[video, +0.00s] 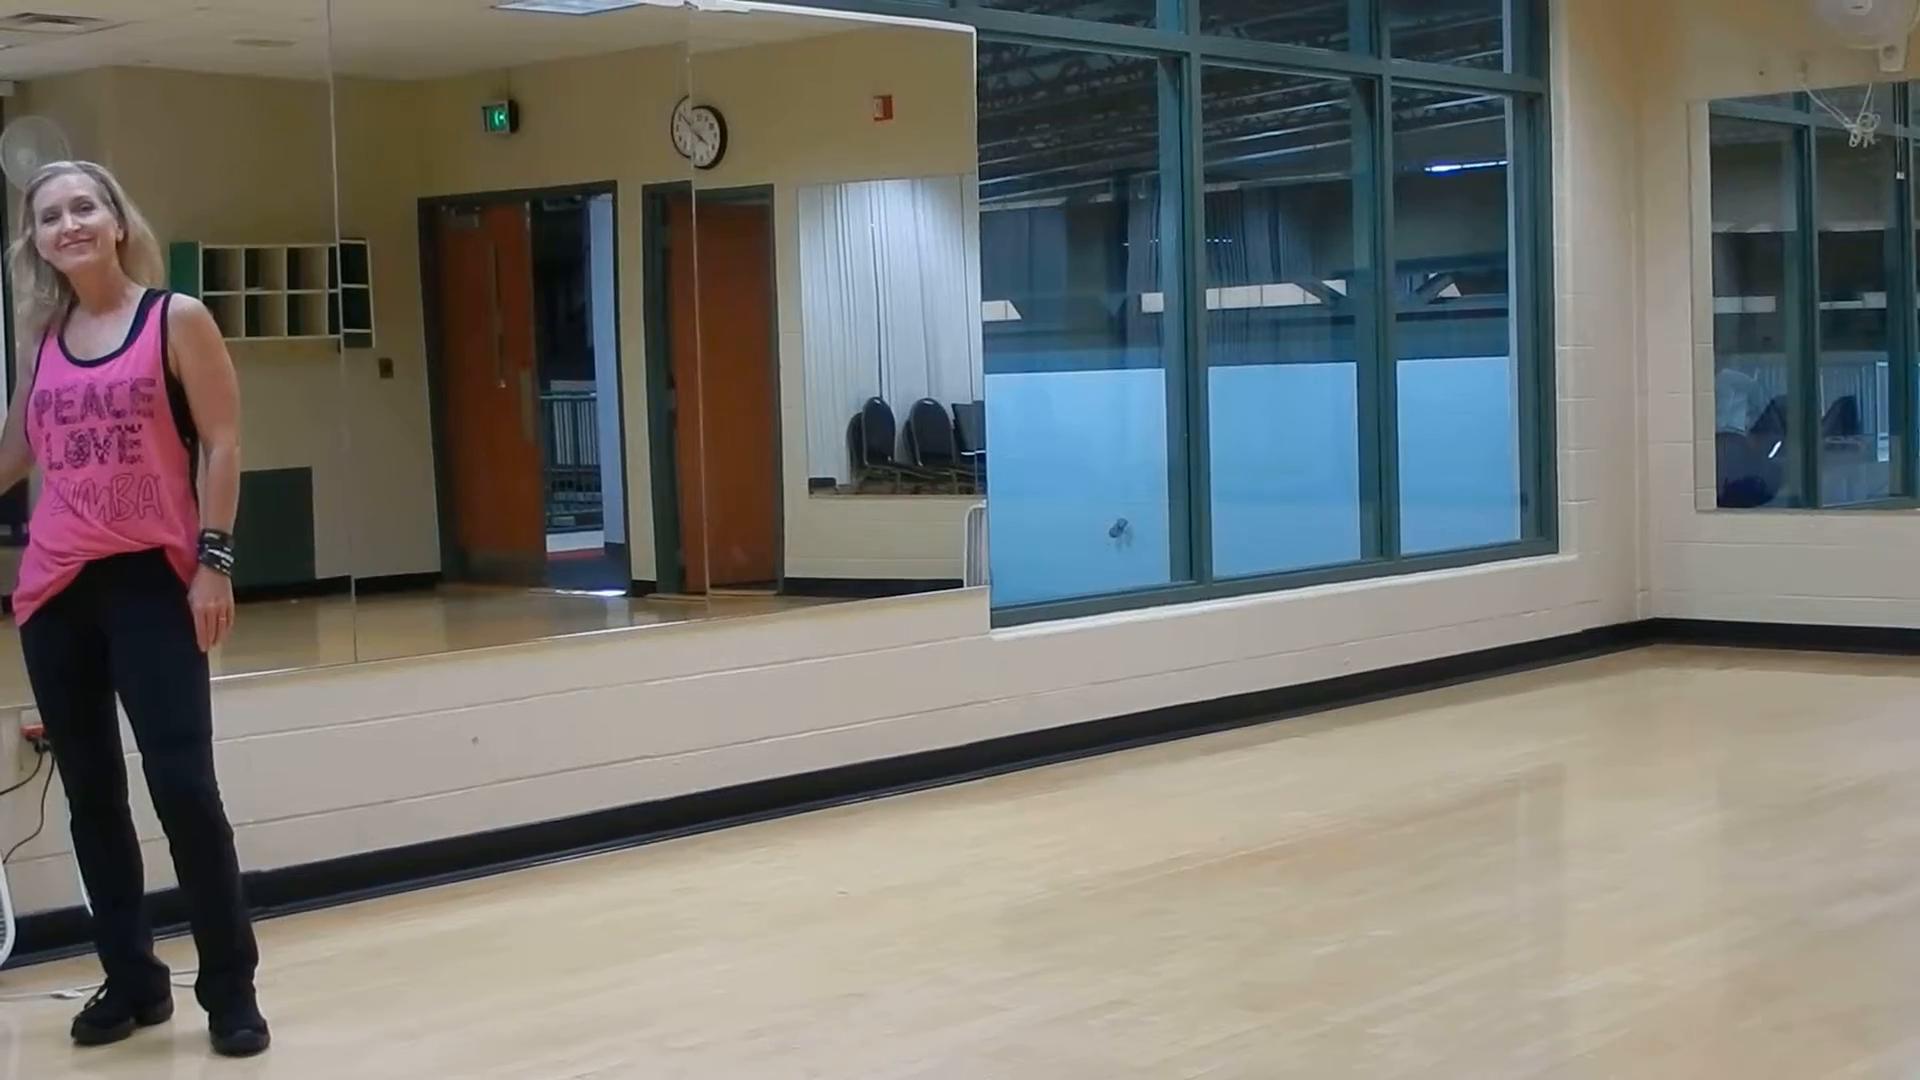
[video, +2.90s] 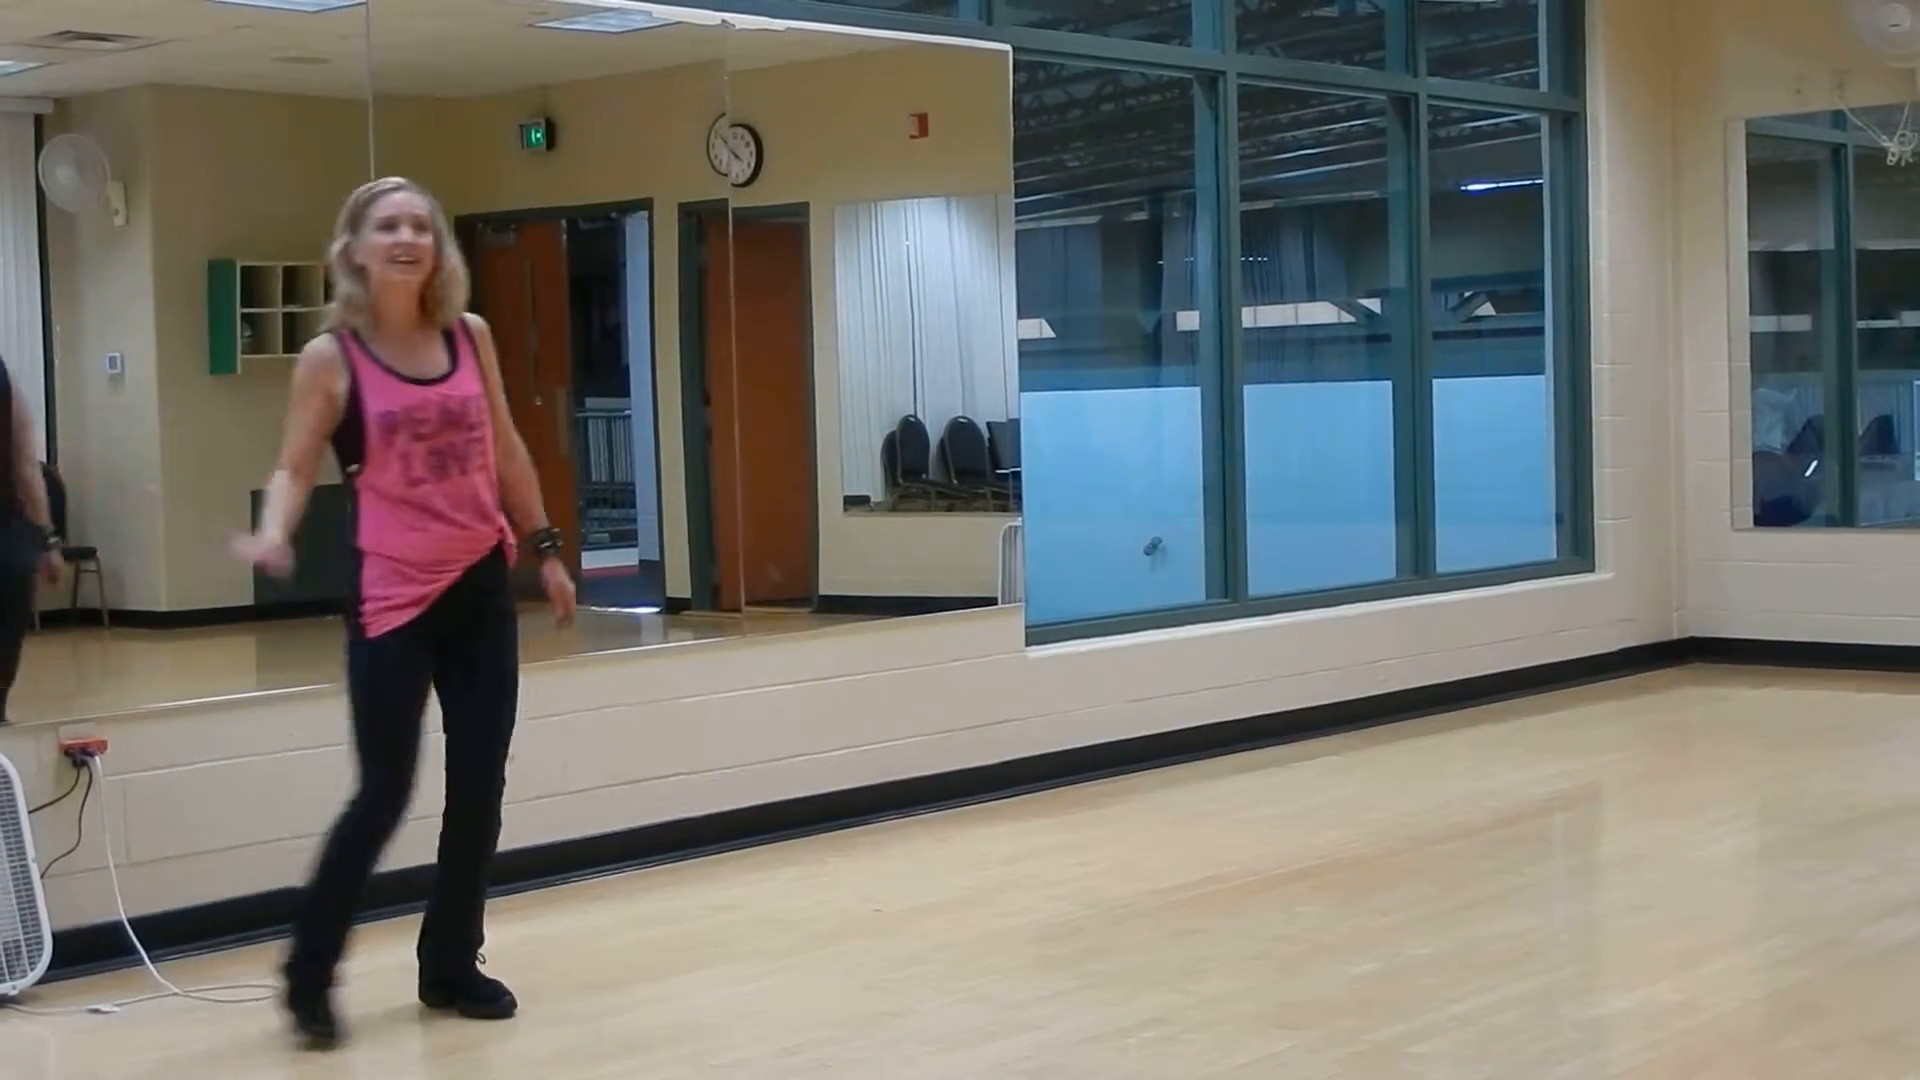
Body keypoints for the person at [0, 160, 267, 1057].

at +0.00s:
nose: (70, 224)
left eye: (84, 207)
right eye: (52, 216)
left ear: (120, 222)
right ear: (37, 242)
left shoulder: (177, 318)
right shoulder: (42, 341)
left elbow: (222, 443)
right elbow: (15, 458)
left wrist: (216, 562)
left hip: (153, 580)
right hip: (53, 585)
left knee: (182, 789)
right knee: (93, 797)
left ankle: (231, 991)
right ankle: (133, 980)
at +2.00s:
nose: (32, 281)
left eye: (38, 260)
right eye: (27, 265)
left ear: (88, 249)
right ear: (73, 260)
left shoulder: (193, 320)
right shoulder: (72, 353)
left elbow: (255, 435)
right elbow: (49, 469)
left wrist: (250, 553)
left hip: (207, 584)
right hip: (113, 595)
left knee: (233, 799)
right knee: (139, 803)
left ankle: (266, 1002)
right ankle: (164, 992)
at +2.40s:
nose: (84, 267)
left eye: (95, 246)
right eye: (77, 252)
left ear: (149, 240)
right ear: (96, 259)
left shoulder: (235, 314)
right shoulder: (120, 357)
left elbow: (295, 424)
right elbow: (122, 479)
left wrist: (278, 542)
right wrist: (22, 470)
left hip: (267, 574)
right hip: (174, 593)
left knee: (326, 778)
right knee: (175, 798)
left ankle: (388, 966)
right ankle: (167, 989)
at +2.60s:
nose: (200, 250)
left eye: (219, 233)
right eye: (190, 236)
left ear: (263, 242)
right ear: (178, 254)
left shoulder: (323, 325)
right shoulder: (186, 361)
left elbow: (376, 434)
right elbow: (144, 477)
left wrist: (384, 545)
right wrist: (35, 465)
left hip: (346, 579)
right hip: (246, 598)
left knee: (406, 778)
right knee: (213, 797)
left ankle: (447, 958)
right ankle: (175, 990)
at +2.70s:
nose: (281, 250)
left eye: (299, 235)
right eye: (266, 238)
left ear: (332, 251)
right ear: (245, 260)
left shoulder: (384, 339)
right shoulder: (233, 372)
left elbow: (433, 455)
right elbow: (186, 482)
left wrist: (454, 556)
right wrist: (80, 469)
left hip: (406, 589)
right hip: (305, 608)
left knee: (446, 787)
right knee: (249, 798)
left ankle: (448, 966)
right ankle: (180, 988)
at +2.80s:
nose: (351, 250)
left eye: (366, 238)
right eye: (334, 239)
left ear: (390, 257)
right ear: (304, 261)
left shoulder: (433, 345)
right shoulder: (285, 374)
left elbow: (478, 457)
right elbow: (243, 483)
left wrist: (511, 559)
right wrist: (174, 502)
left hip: (454, 591)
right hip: (359, 608)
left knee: (474, 786)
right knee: (305, 798)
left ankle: (449, 969)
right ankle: (212, 987)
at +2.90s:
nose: (408, 238)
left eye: (420, 226)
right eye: (388, 226)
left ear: (439, 248)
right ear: (354, 249)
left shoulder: (469, 334)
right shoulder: (331, 357)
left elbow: (506, 445)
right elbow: (295, 466)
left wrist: (543, 548)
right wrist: (277, 530)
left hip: (480, 586)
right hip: (391, 599)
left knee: (479, 791)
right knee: (386, 793)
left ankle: (448, 968)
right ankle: (308, 973)